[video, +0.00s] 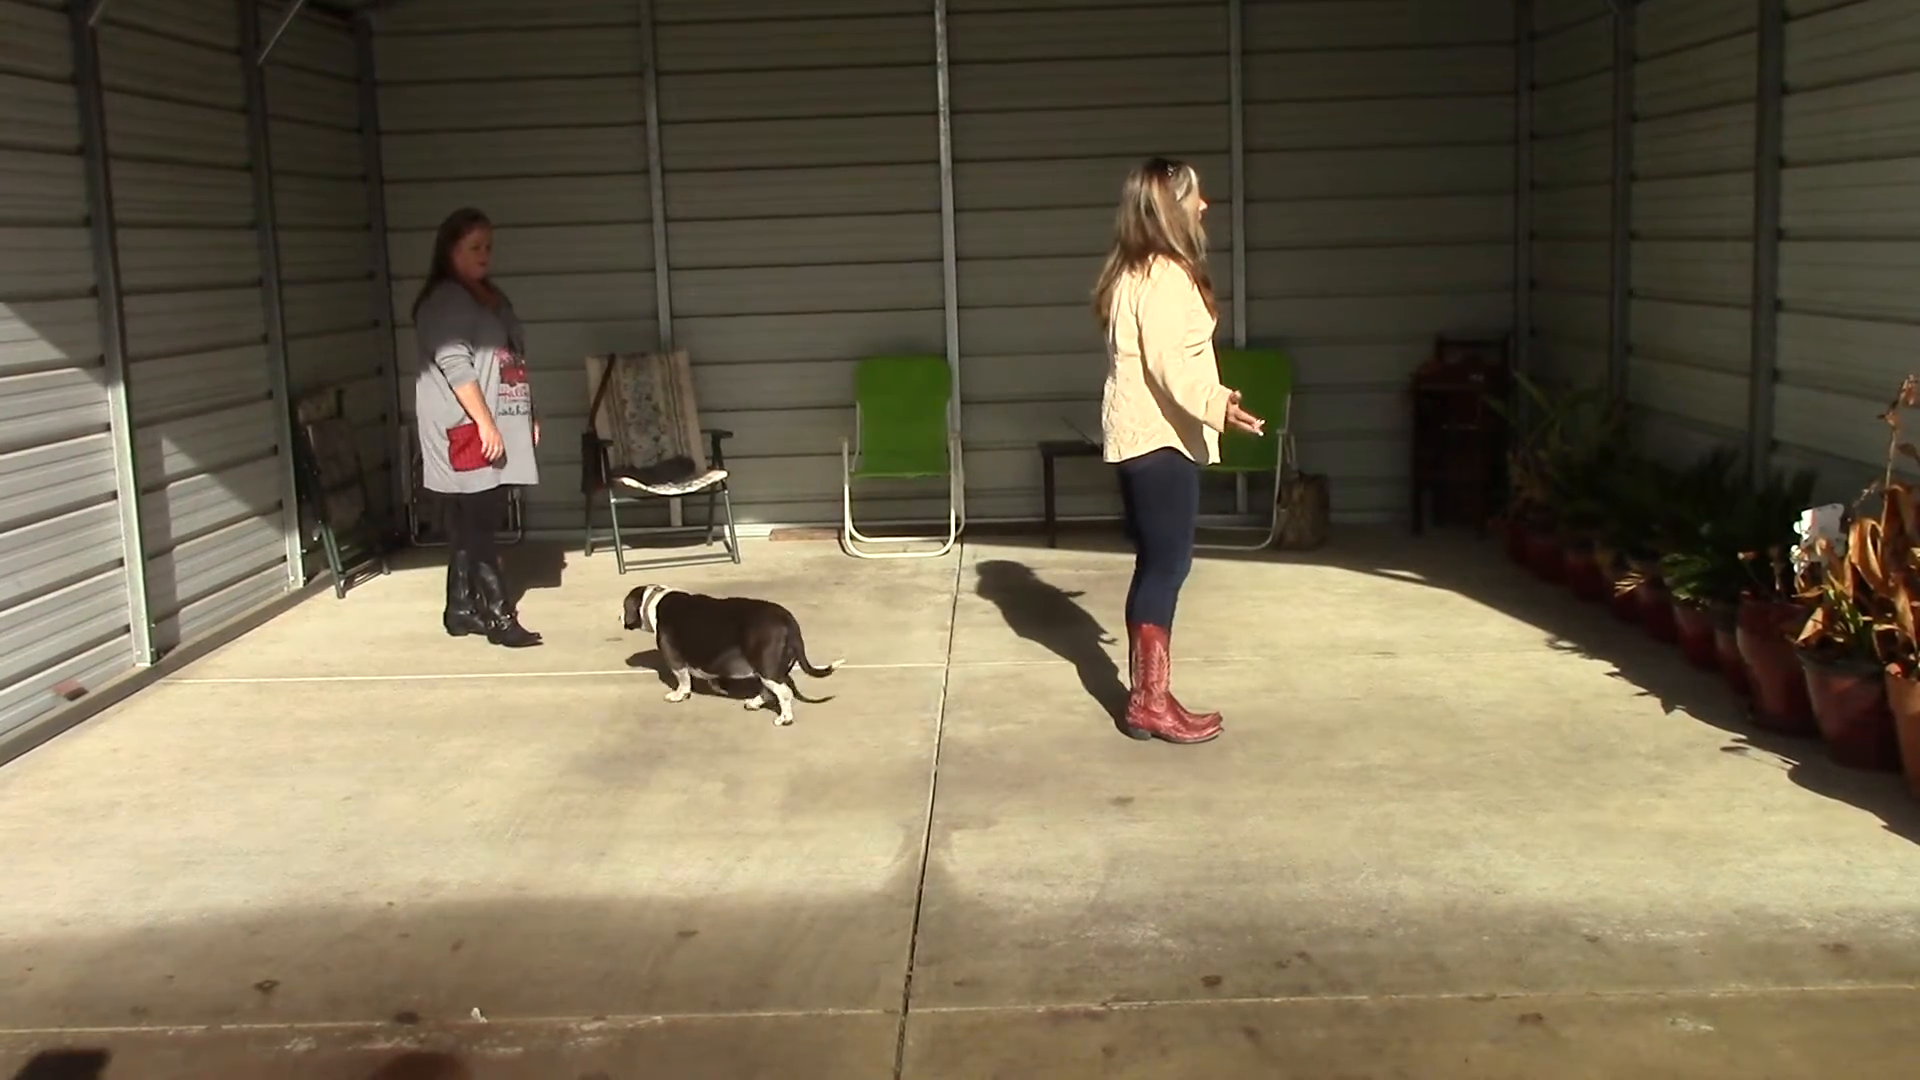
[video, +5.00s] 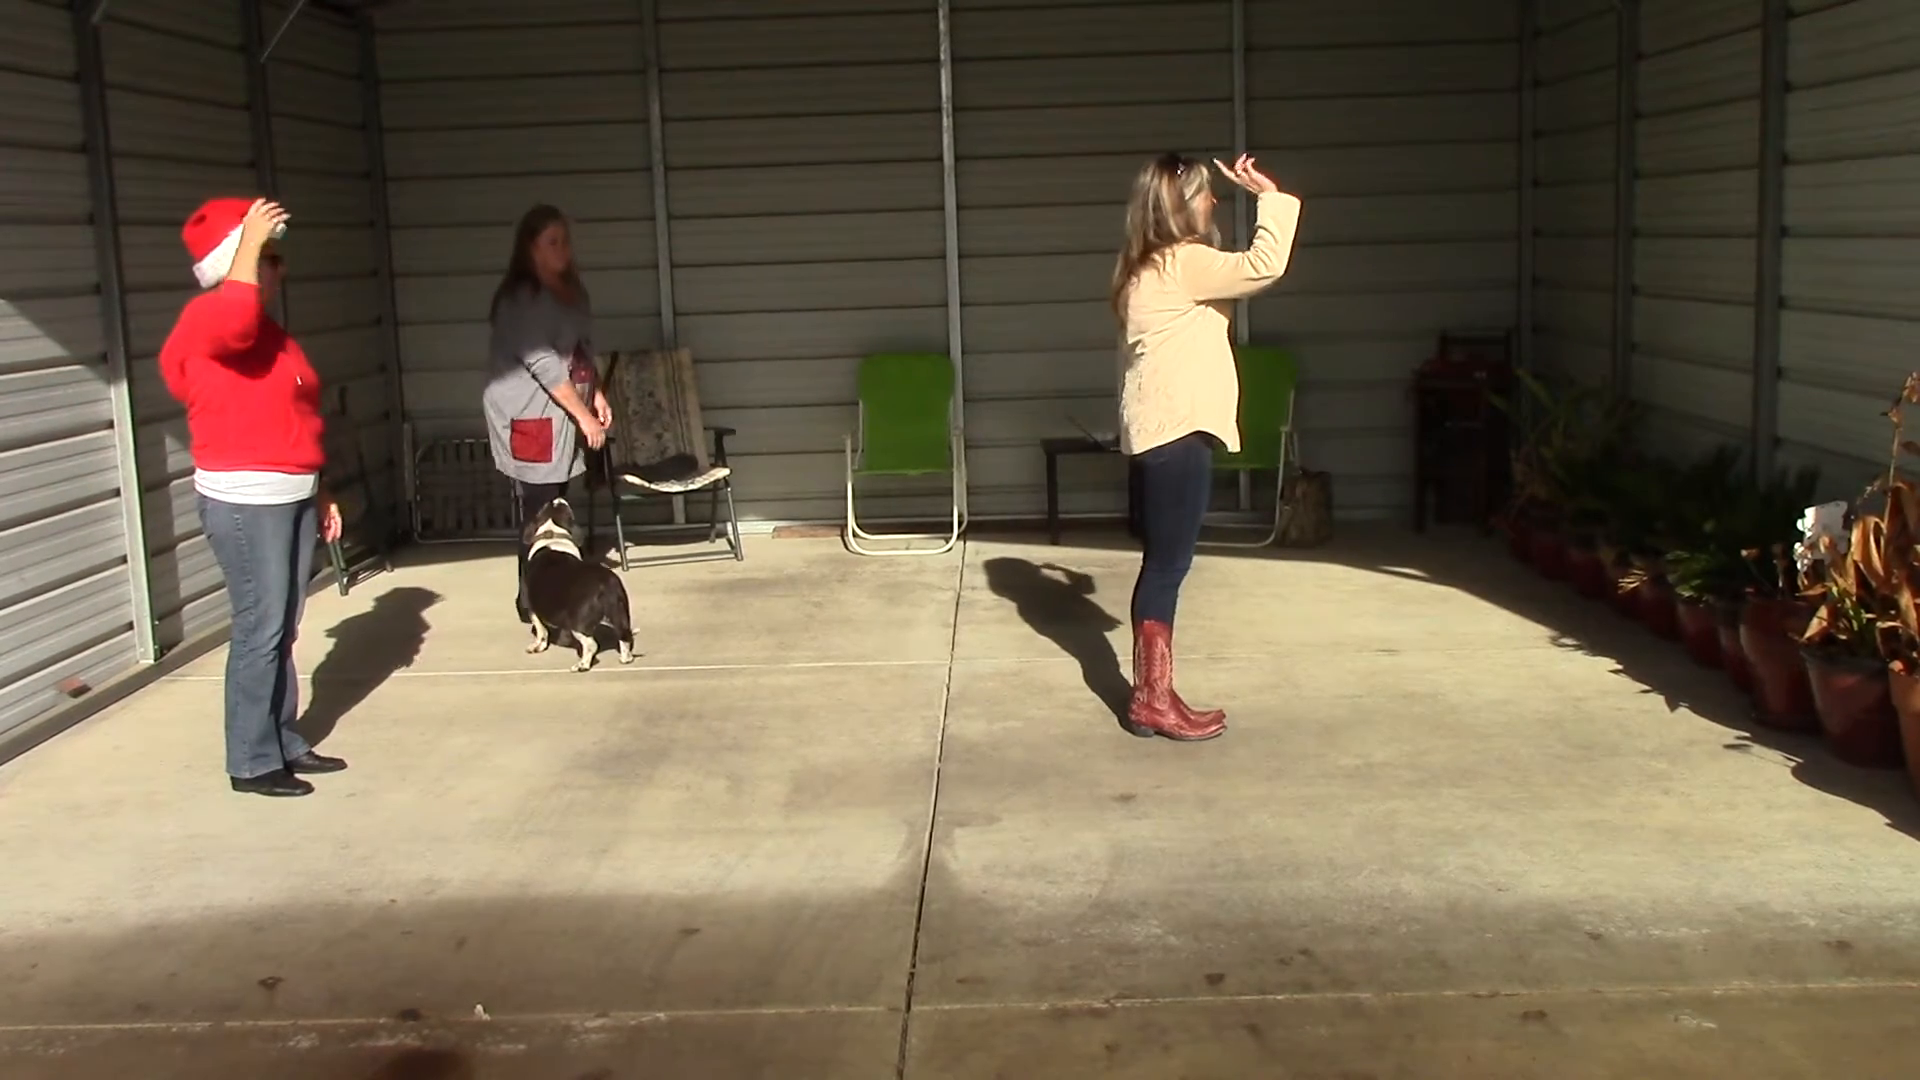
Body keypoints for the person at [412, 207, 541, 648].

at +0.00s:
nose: (485, 255)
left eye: (488, 247)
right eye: (475, 248)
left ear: (491, 250)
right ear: (450, 251)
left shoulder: (494, 298)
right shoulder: (442, 303)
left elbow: (511, 358)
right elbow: (455, 369)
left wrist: (527, 412)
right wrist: (485, 422)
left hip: (485, 421)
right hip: (459, 424)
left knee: (469, 513)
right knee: (482, 514)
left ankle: (460, 606)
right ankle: (497, 614)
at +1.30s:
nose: (522, 289)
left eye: (527, 280)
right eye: (514, 280)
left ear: (531, 279)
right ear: (489, 278)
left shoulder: (518, 317)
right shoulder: (479, 327)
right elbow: (483, 401)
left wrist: (513, 444)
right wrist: (505, 461)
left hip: (484, 424)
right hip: (455, 427)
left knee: (481, 509)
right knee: (490, 509)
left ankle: (463, 603)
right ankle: (500, 610)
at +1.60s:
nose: (551, 333)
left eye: (557, 327)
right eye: (543, 324)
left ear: (564, 323)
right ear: (522, 313)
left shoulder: (536, 350)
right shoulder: (505, 354)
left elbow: (529, 421)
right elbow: (504, 430)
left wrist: (514, 475)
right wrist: (521, 499)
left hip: (473, 423)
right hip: (444, 424)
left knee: (483, 506)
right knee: (494, 507)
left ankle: (464, 603)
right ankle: (501, 610)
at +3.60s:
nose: (576, 338)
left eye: (581, 331)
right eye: (570, 329)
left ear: (586, 326)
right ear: (548, 319)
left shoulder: (530, 342)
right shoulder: (530, 362)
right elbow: (510, 434)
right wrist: (518, 498)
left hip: (452, 410)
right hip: (449, 417)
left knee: (481, 508)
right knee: (497, 508)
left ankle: (465, 604)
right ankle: (503, 611)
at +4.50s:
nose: (572, 300)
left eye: (576, 291)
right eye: (563, 291)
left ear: (580, 291)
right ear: (541, 290)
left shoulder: (566, 332)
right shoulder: (518, 336)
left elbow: (553, 393)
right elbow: (513, 407)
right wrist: (530, 464)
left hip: (515, 419)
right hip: (477, 419)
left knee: (516, 507)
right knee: (505, 509)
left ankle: (512, 605)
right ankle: (500, 611)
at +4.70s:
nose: (569, 272)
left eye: (572, 264)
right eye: (560, 264)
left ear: (577, 266)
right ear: (536, 268)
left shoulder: (568, 311)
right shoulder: (525, 324)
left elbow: (564, 378)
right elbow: (522, 395)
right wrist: (535, 451)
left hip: (547, 429)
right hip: (509, 432)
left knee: (549, 517)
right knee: (516, 521)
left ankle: (548, 603)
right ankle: (509, 608)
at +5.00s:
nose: (561, 249)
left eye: (564, 241)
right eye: (551, 242)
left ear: (568, 245)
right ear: (531, 248)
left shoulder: (572, 290)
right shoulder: (520, 298)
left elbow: (580, 351)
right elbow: (542, 364)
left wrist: (595, 394)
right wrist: (581, 415)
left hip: (559, 408)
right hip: (525, 413)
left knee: (556, 505)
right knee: (538, 510)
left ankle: (557, 592)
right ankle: (534, 597)